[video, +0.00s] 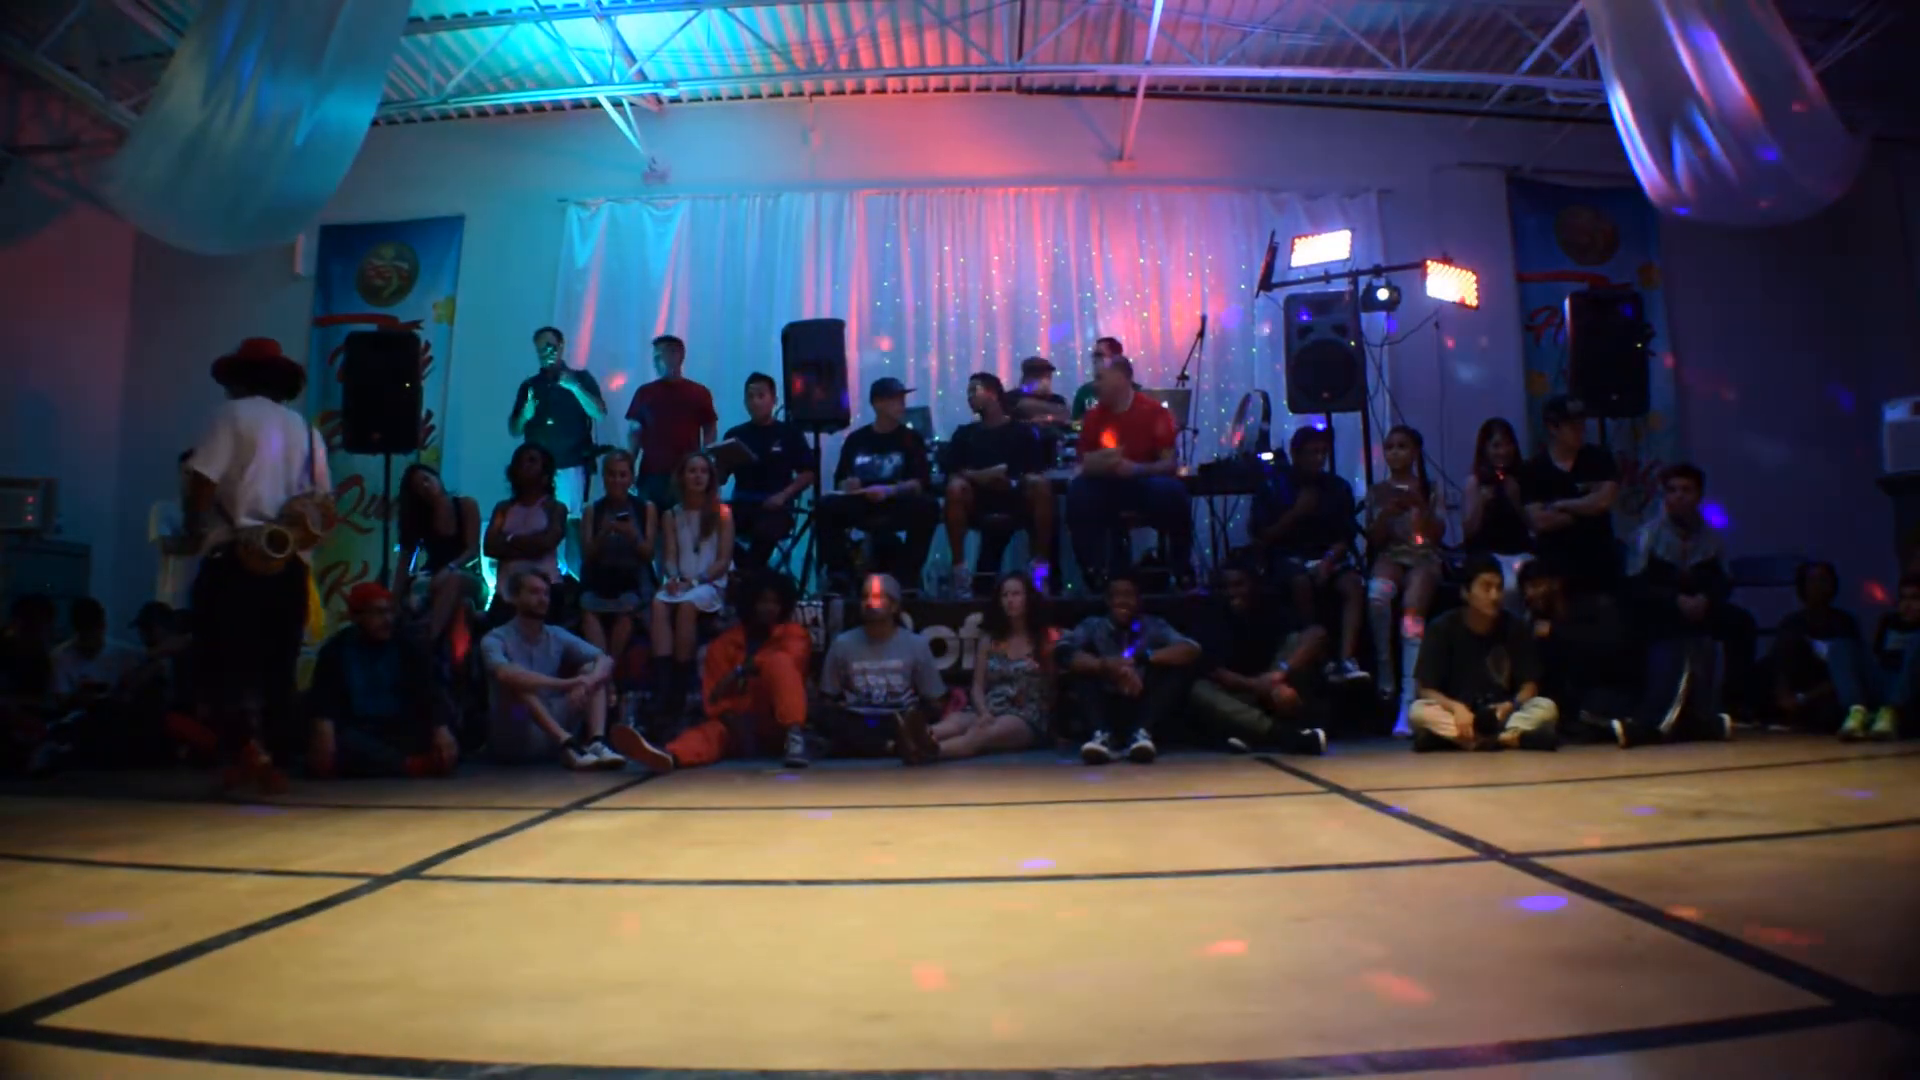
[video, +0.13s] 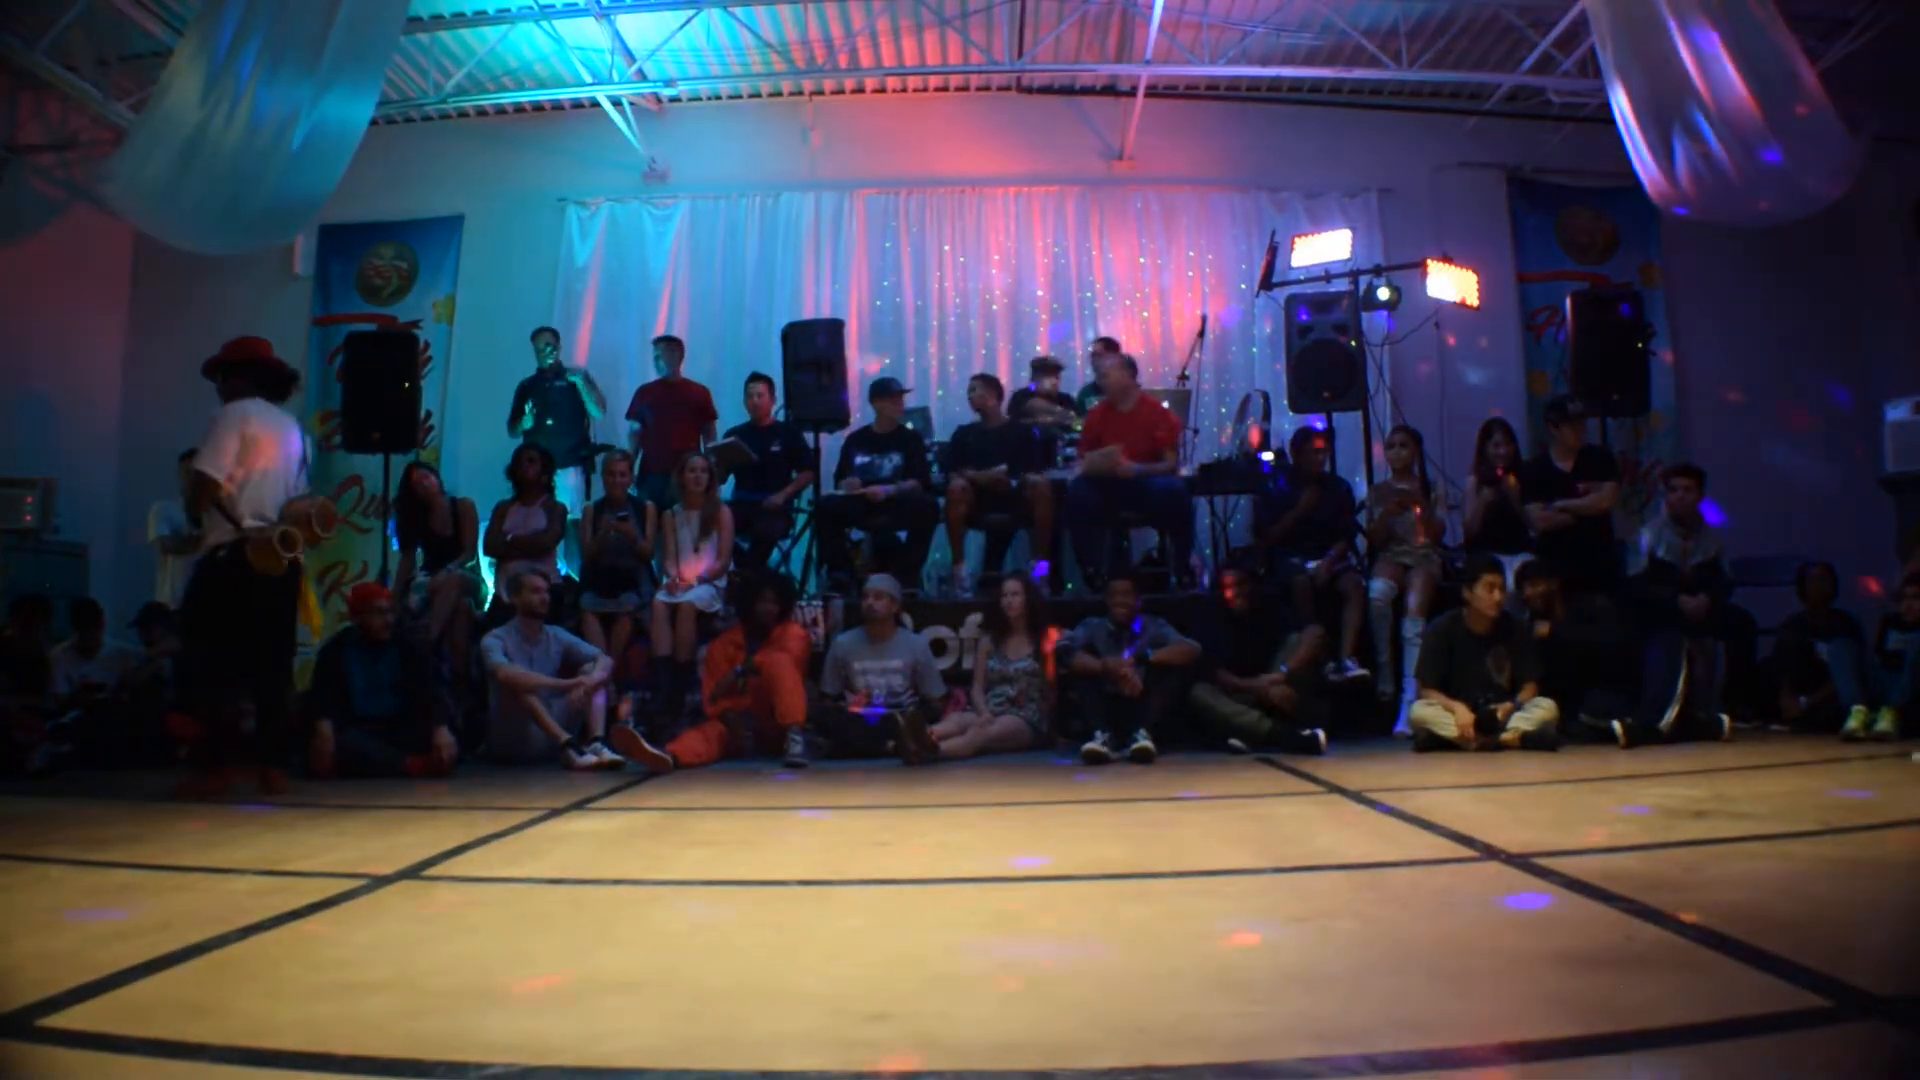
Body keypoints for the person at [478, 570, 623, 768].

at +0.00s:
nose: (543, 599)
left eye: (546, 593)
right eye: (534, 592)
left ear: (550, 597)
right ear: (515, 597)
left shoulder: (556, 635)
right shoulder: (495, 639)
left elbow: (606, 660)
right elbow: (505, 674)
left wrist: (587, 683)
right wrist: (566, 684)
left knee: (593, 669)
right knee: (517, 682)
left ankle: (597, 743)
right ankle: (567, 744)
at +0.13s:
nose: (545, 597)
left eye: (546, 591)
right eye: (536, 592)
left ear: (550, 594)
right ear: (515, 598)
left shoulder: (555, 635)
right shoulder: (495, 640)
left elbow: (605, 661)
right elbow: (504, 674)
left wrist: (589, 682)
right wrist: (568, 684)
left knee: (594, 673)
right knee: (517, 683)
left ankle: (596, 743)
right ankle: (567, 746)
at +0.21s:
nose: (545, 598)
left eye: (547, 592)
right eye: (536, 592)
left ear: (551, 595)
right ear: (515, 598)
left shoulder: (556, 635)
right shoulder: (495, 639)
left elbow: (605, 661)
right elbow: (504, 674)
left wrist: (588, 683)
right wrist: (568, 684)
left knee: (592, 670)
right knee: (517, 682)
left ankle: (596, 743)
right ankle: (566, 746)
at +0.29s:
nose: (546, 598)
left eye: (548, 592)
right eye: (537, 592)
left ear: (552, 595)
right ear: (517, 598)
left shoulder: (557, 635)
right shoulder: (496, 639)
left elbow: (606, 660)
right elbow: (505, 674)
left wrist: (590, 682)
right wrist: (569, 684)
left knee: (594, 672)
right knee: (518, 681)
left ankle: (597, 743)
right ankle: (566, 746)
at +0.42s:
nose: (547, 600)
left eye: (549, 594)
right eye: (538, 594)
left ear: (553, 596)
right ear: (519, 598)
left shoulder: (558, 635)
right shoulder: (498, 639)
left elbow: (607, 660)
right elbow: (507, 674)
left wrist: (590, 682)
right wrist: (569, 684)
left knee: (594, 669)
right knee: (519, 682)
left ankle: (598, 742)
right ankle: (568, 745)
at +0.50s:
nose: (546, 602)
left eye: (549, 596)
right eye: (539, 595)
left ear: (553, 598)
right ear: (519, 598)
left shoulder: (558, 635)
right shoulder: (498, 639)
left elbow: (607, 660)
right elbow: (508, 674)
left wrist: (590, 682)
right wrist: (569, 684)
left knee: (594, 669)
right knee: (520, 683)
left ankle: (598, 742)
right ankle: (569, 746)